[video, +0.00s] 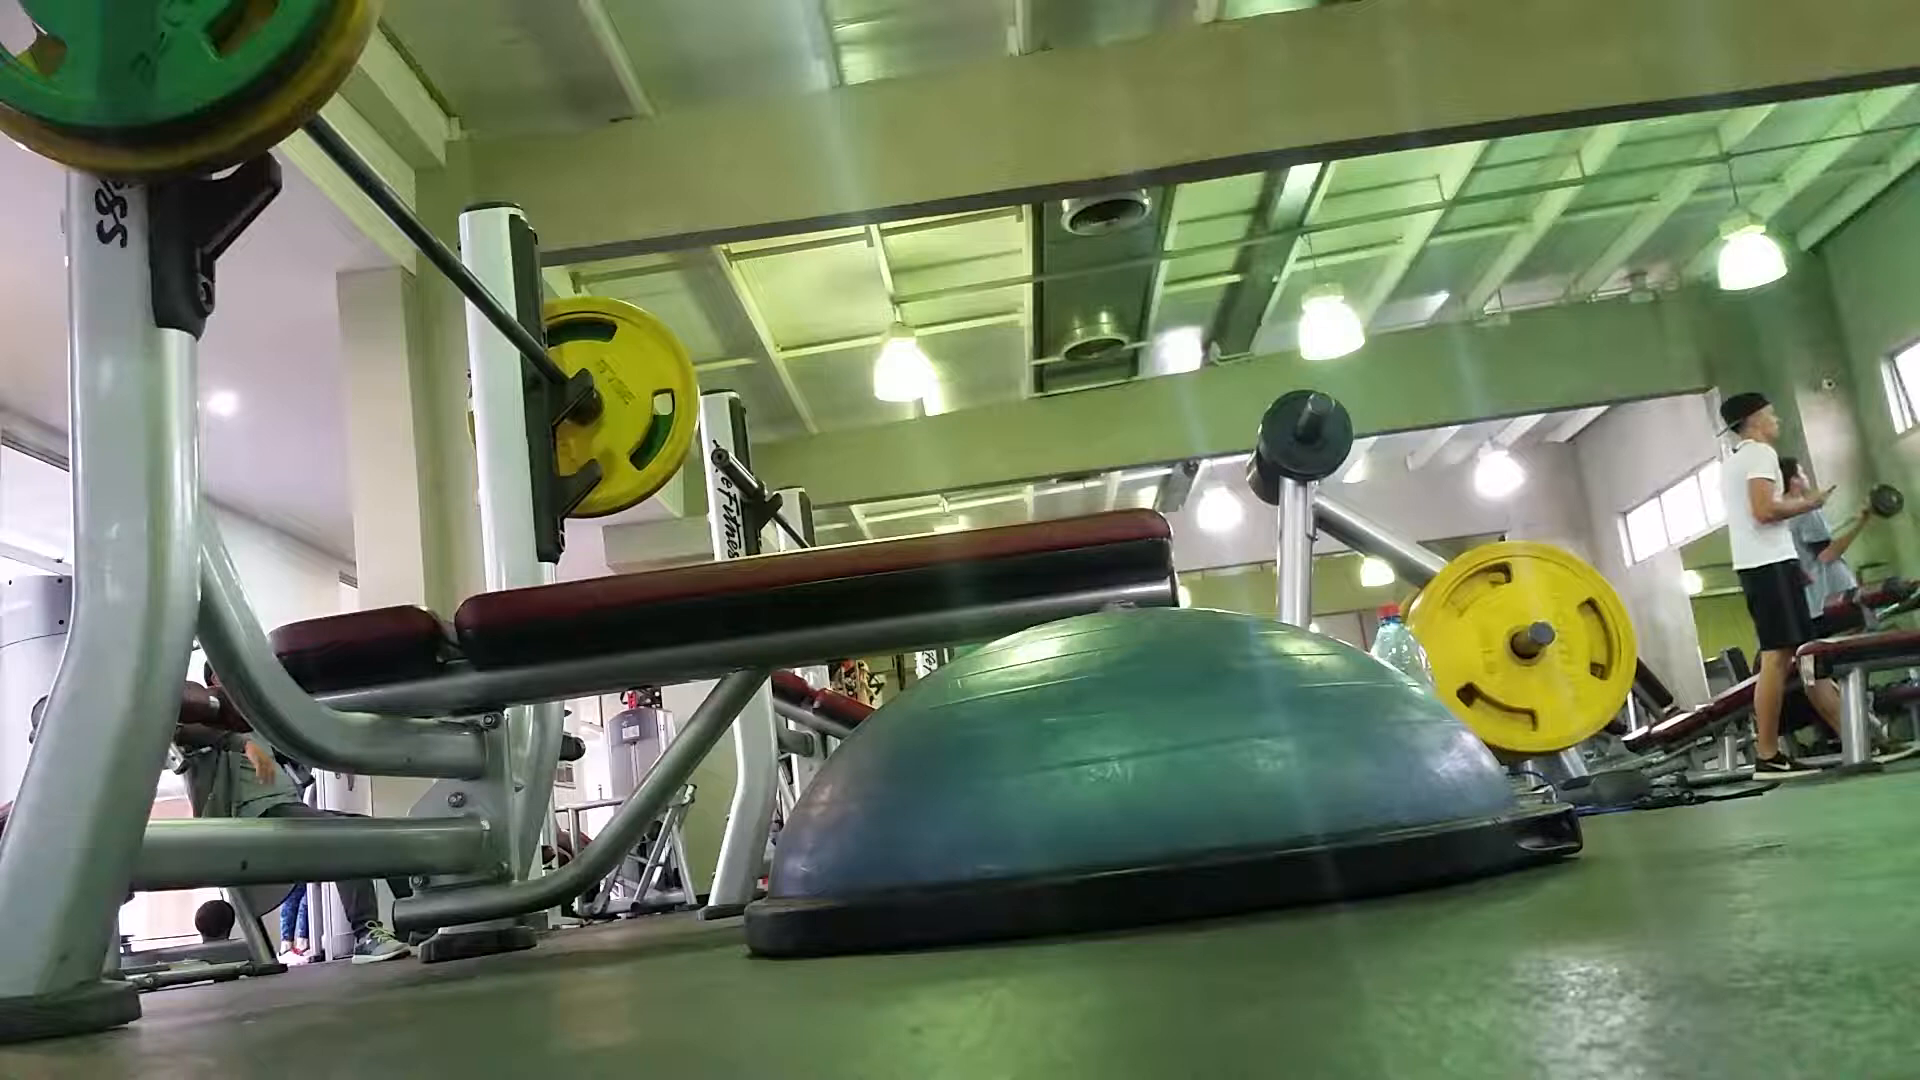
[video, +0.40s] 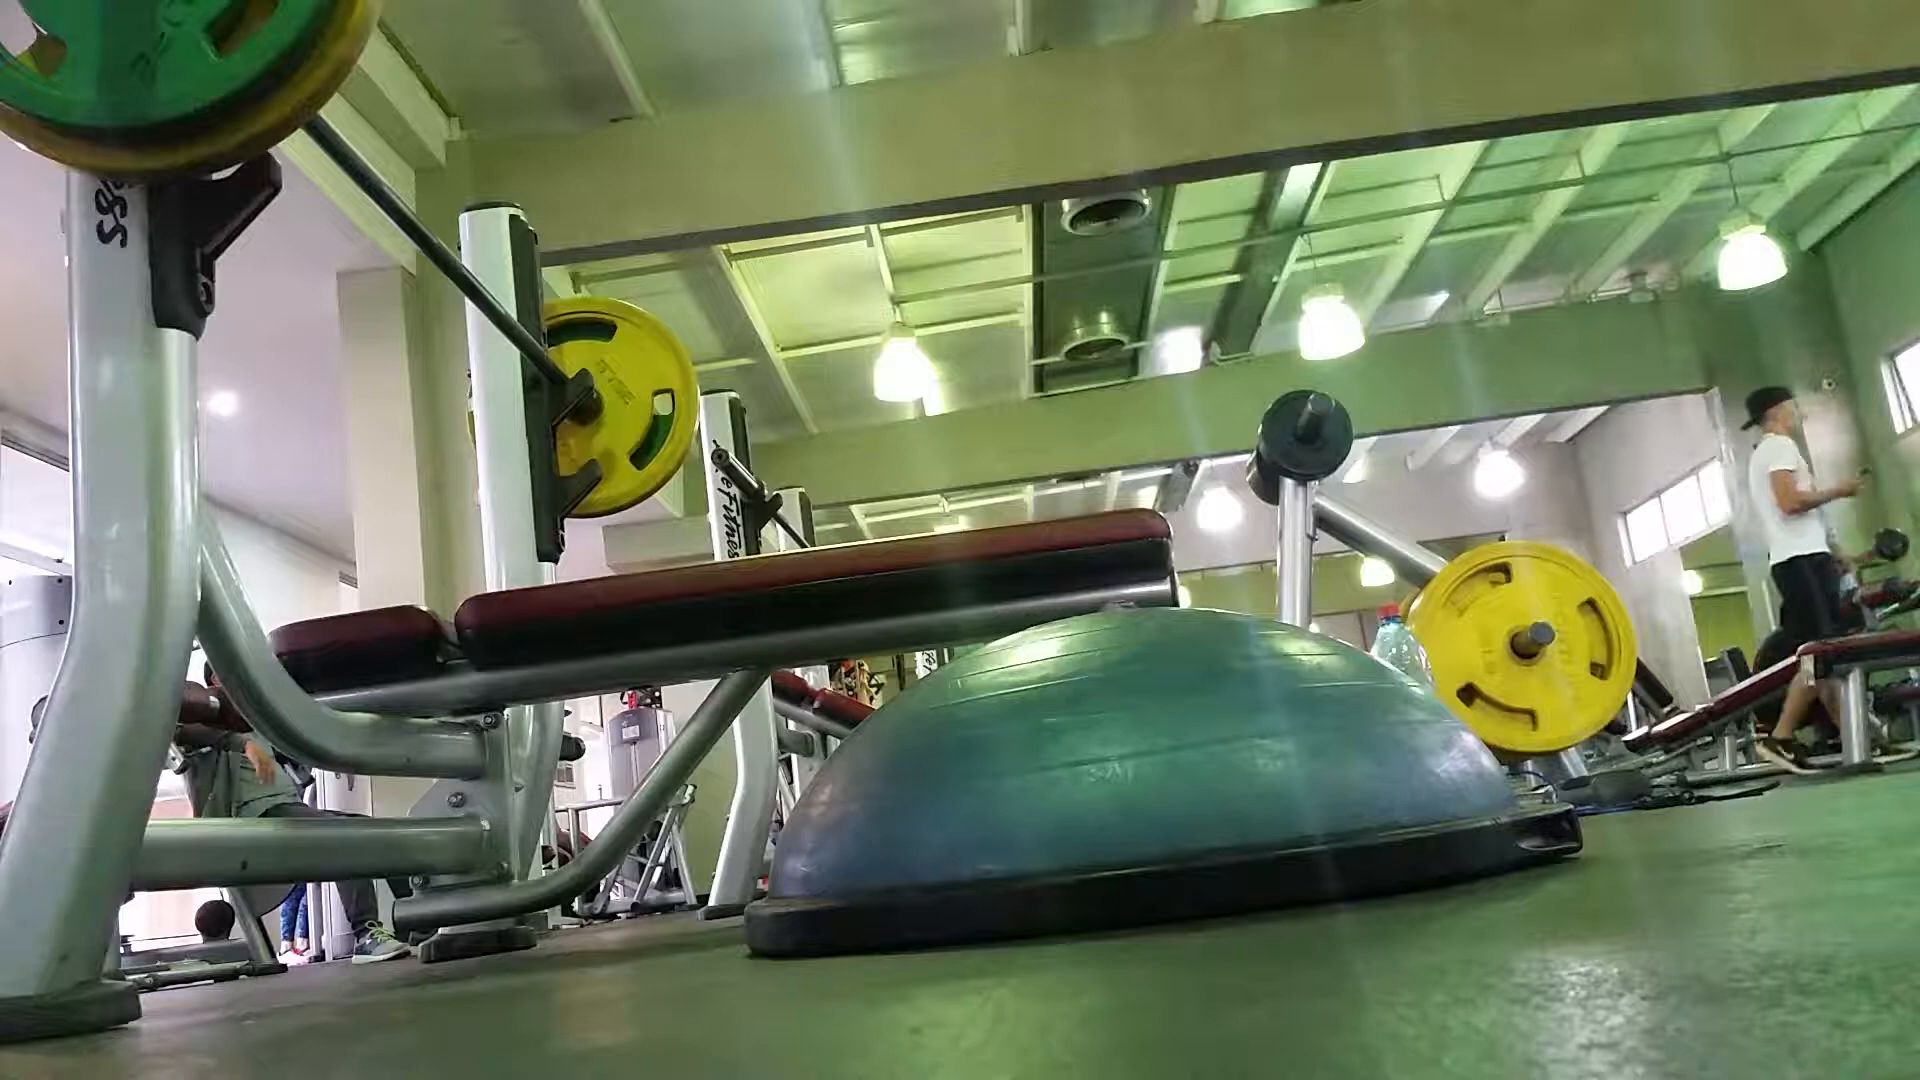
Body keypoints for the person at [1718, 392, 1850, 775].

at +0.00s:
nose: (1775, 419)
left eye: (1772, 413)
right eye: (1768, 414)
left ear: (1743, 424)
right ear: (1752, 420)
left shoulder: (1735, 459)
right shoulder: (1758, 453)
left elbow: (1758, 514)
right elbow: (1763, 509)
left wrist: (1797, 503)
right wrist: (1808, 502)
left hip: (1763, 563)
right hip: (1767, 563)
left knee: (1804, 656)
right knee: (1776, 656)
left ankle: (1860, 737)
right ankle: (1768, 753)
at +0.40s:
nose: (1796, 412)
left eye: (1793, 406)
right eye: (1790, 407)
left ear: (1767, 416)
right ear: (1774, 413)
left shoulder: (1770, 451)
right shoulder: (1777, 447)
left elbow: (1794, 511)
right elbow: (1789, 501)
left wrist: (1830, 552)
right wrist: (1837, 491)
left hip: (1800, 558)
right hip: (1799, 559)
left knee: (1821, 653)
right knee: (1817, 652)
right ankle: (1779, 739)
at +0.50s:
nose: (1807, 413)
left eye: (1804, 406)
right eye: (1799, 407)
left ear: (1776, 416)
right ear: (1779, 413)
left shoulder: (1780, 450)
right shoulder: (1783, 446)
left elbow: (1796, 509)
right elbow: (1792, 502)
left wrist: (1835, 547)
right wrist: (1844, 491)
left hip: (1809, 556)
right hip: (1806, 557)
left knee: (1840, 640)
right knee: (1840, 638)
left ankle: (1853, 734)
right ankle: (1798, 726)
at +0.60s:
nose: (1813, 411)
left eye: (1810, 405)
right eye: (1805, 405)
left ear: (1784, 414)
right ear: (1785, 412)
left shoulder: (1787, 450)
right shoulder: (1786, 446)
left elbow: (1800, 514)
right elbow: (1794, 501)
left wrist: (1844, 548)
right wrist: (1850, 492)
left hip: (1813, 558)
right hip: (1811, 557)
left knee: (1842, 643)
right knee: (1856, 637)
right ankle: (1830, 729)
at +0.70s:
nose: (1820, 409)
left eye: (1817, 403)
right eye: (1812, 403)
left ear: (1791, 413)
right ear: (1791, 411)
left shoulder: (1791, 448)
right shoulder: (1791, 445)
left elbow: (1804, 508)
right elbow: (1797, 501)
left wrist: (1846, 545)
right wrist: (1853, 494)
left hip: (1815, 559)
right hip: (1819, 557)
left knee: (1835, 651)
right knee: (1873, 637)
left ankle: (1850, 738)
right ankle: (1876, 731)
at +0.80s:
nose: (1829, 407)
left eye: (1826, 401)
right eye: (1821, 401)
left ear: (1797, 412)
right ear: (1800, 409)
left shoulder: (1798, 447)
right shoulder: (1799, 443)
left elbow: (1813, 506)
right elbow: (1802, 500)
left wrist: (1854, 545)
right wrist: (1861, 494)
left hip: (1820, 559)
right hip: (1828, 556)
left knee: (1840, 651)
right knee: (1882, 636)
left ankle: (1851, 740)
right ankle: (1905, 726)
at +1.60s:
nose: (1916, 391)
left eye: (1914, 384)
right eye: (1911, 384)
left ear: (1882, 391)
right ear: (1894, 387)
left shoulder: (1864, 432)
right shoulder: (1888, 426)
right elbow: (1891, 488)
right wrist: (1917, 497)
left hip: (1887, 542)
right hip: (1903, 539)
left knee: (1910, 617)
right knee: (1914, 616)